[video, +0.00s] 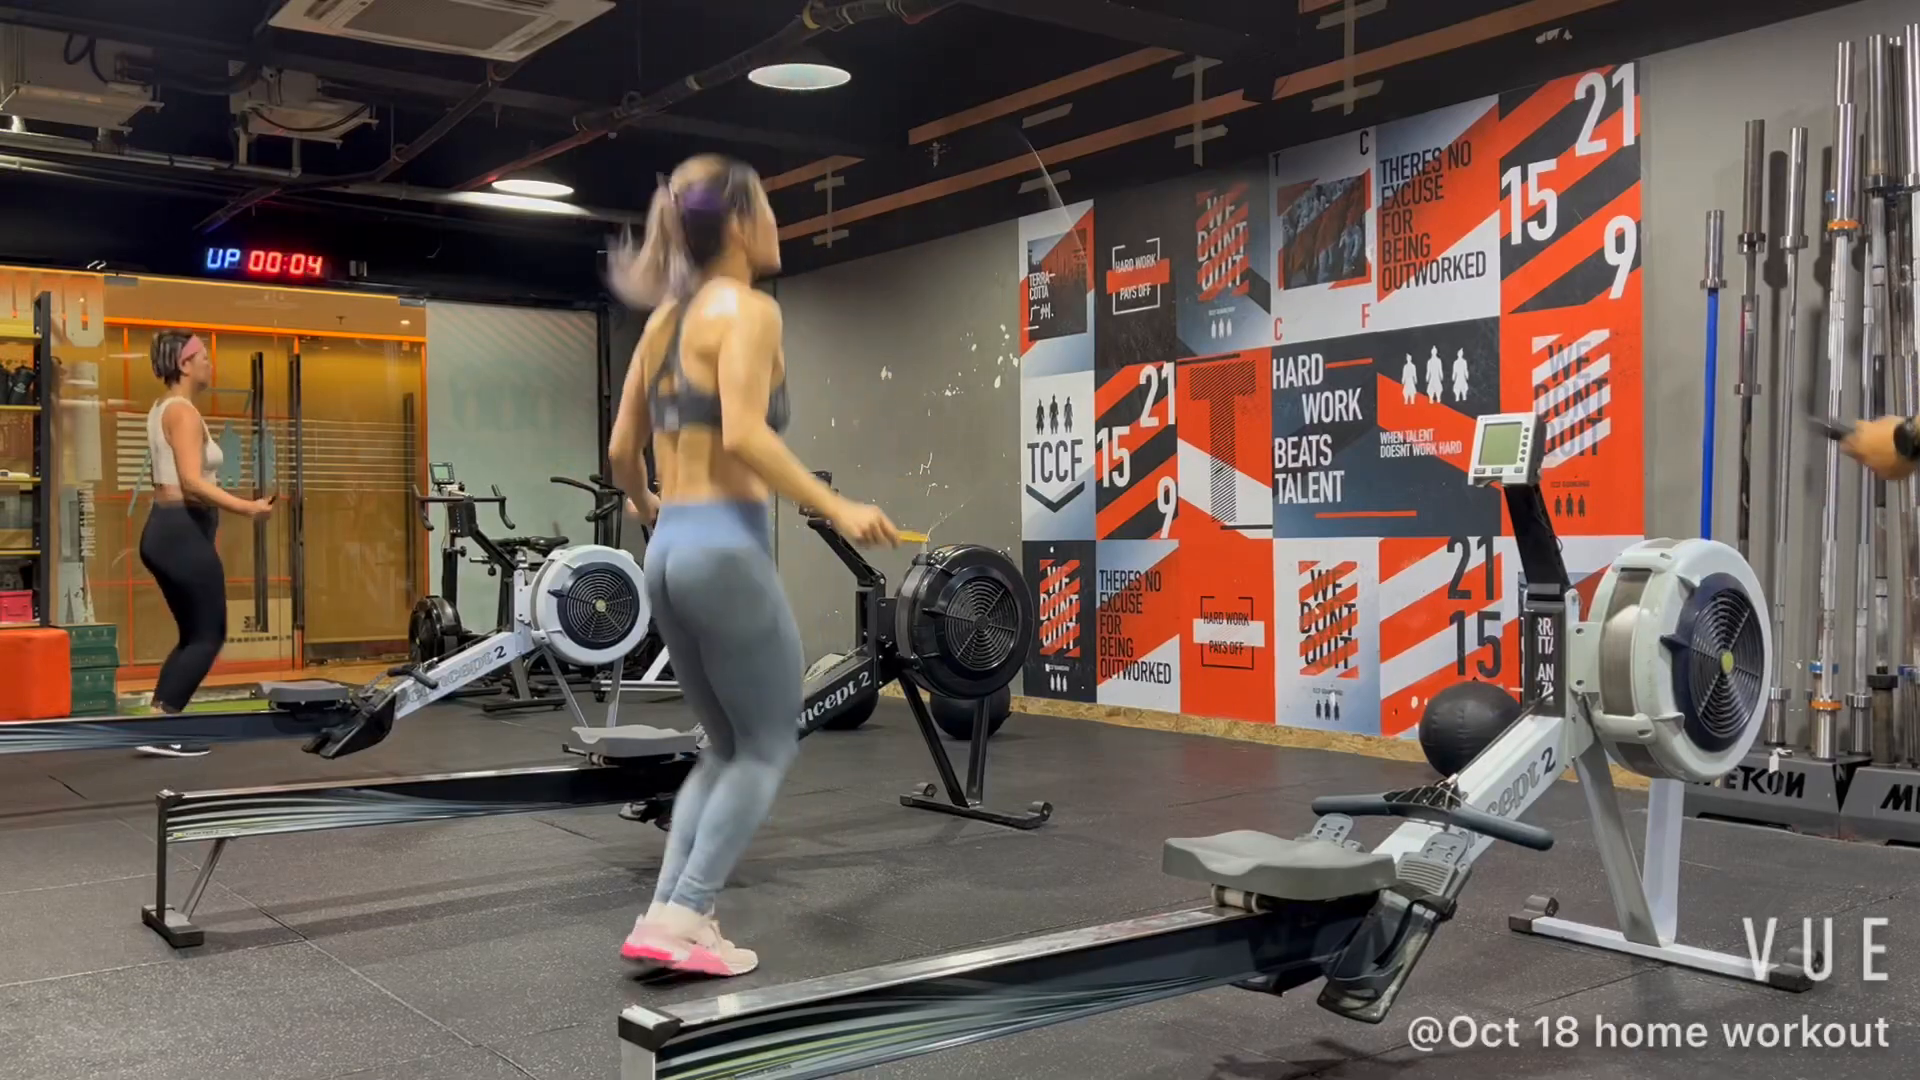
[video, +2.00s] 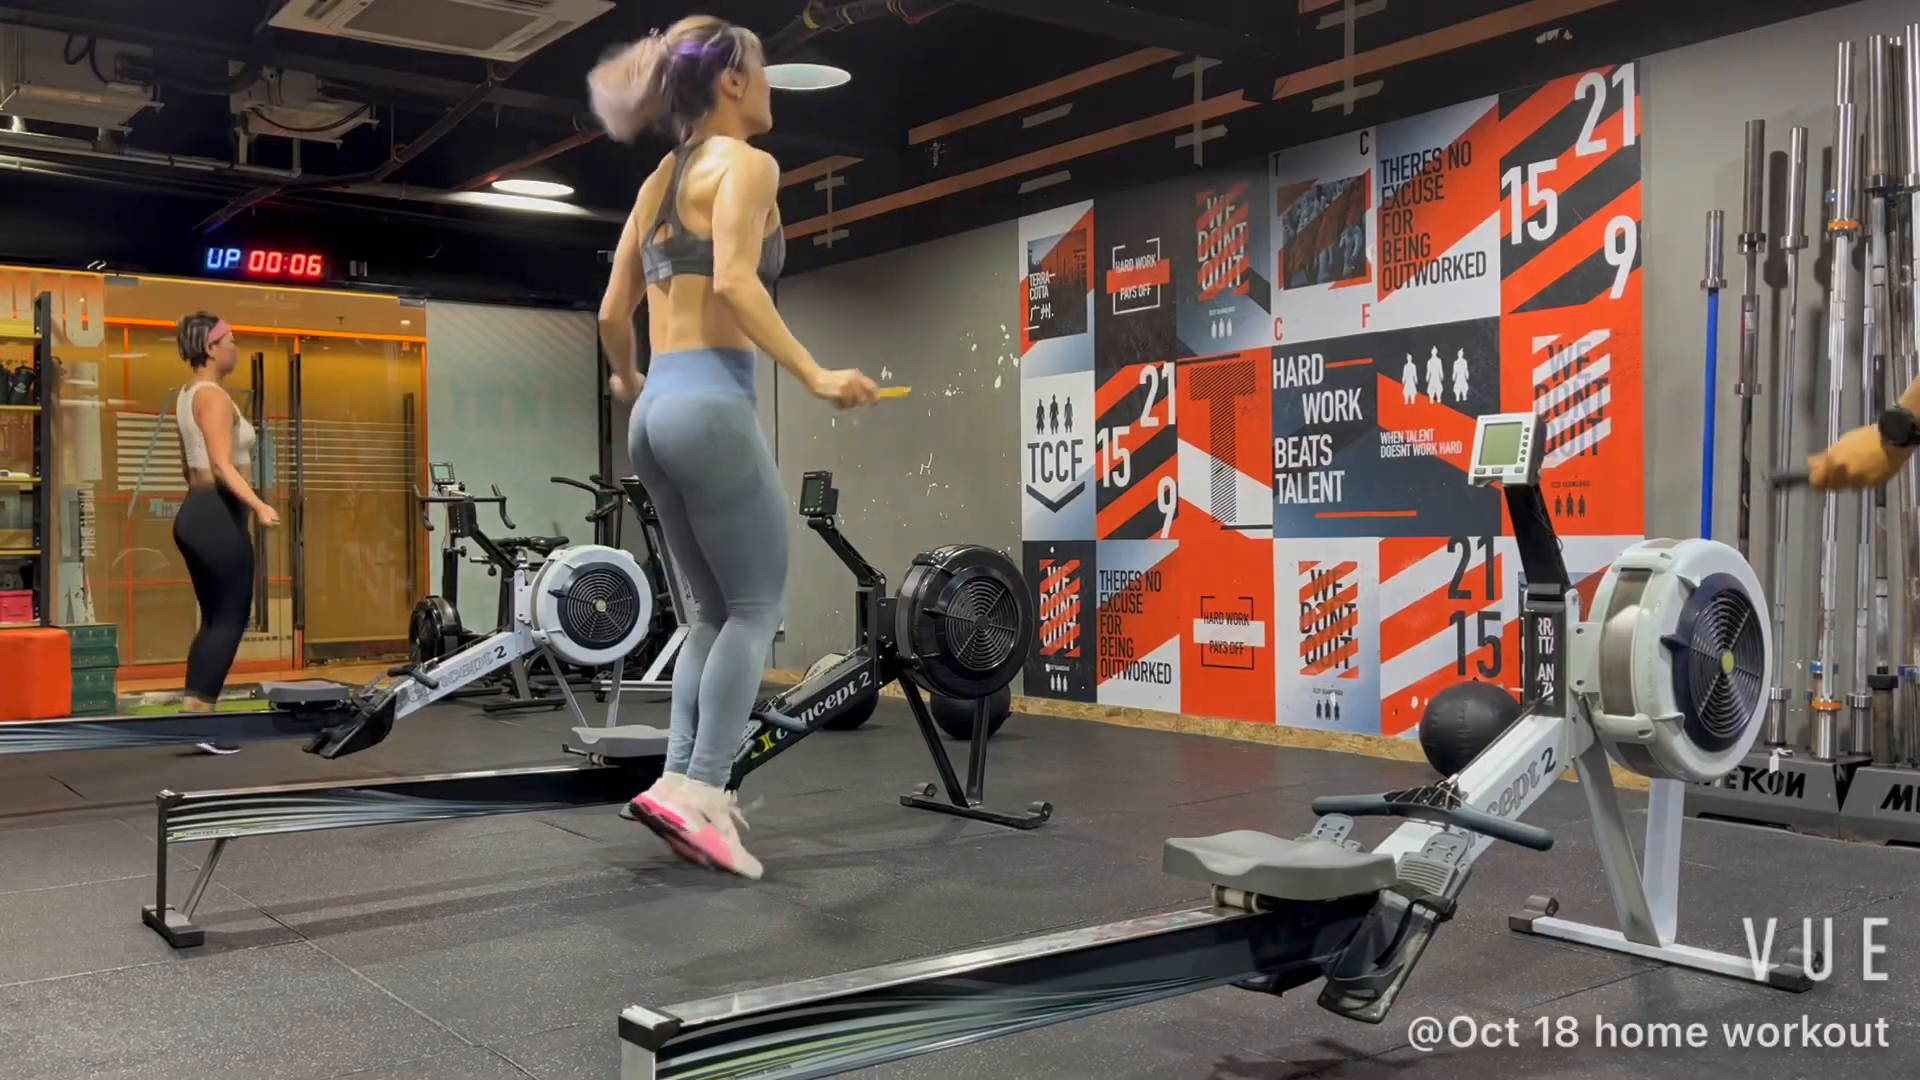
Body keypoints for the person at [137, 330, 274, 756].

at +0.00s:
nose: (210, 365)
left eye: (207, 357)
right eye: (204, 358)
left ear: (180, 366)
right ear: (185, 364)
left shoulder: (164, 410)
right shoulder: (183, 412)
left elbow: (178, 484)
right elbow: (193, 482)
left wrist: (205, 534)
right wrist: (249, 507)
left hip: (165, 529)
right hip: (182, 531)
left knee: (195, 634)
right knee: (209, 634)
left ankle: (156, 716)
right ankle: (163, 718)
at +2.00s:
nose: (236, 348)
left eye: (232, 340)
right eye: (229, 342)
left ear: (204, 350)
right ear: (210, 349)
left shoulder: (189, 395)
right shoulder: (212, 395)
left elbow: (196, 469)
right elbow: (221, 464)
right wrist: (259, 505)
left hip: (197, 512)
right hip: (216, 513)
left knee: (215, 617)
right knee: (232, 617)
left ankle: (196, 708)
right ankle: (200, 710)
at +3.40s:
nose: (232, 361)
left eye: (228, 353)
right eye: (226, 355)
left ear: (200, 362)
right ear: (207, 361)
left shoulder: (185, 406)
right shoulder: (208, 409)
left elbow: (208, 477)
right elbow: (217, 479)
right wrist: (266, 505)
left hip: (191, 526)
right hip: (208, 528)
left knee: (213, 632)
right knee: (225, 633)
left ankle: (180, 716)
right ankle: (183, 718)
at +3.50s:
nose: (229, 339)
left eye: (224, 331)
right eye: (223, 332)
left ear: (197, 343)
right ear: (207, 340)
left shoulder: (184, 388)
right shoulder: (208, 388)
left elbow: (199, 455)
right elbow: (217, 455)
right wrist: (246, 496)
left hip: (192, 504)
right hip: (210, 504)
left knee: (206, 610)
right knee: (216, 610)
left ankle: (189, 706)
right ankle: (192, 708)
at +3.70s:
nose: (230, 351)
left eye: (226, 342)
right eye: (225, 342)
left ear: (200, 348)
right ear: (209, 347)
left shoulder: (187, 397)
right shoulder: (208, 396)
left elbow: (200, 469)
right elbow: (213, 469)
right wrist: (261, 493)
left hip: (189, 521)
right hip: (210, 522)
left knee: (209, 625)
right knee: (221, 626)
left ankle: (181, 720)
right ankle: (184, 723)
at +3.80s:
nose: (232, 359)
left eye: (229, 350)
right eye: (226, 350)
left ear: (202, 354)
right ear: (210, 354)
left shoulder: (188, 403)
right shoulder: (210, 405)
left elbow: (200, 478)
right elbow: (219, 476)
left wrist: (243, 505)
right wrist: (262, 513)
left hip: (190, 527)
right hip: (210, 528)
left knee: (208, 632)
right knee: (220, 633)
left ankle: (179, 719)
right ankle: (182, 721)